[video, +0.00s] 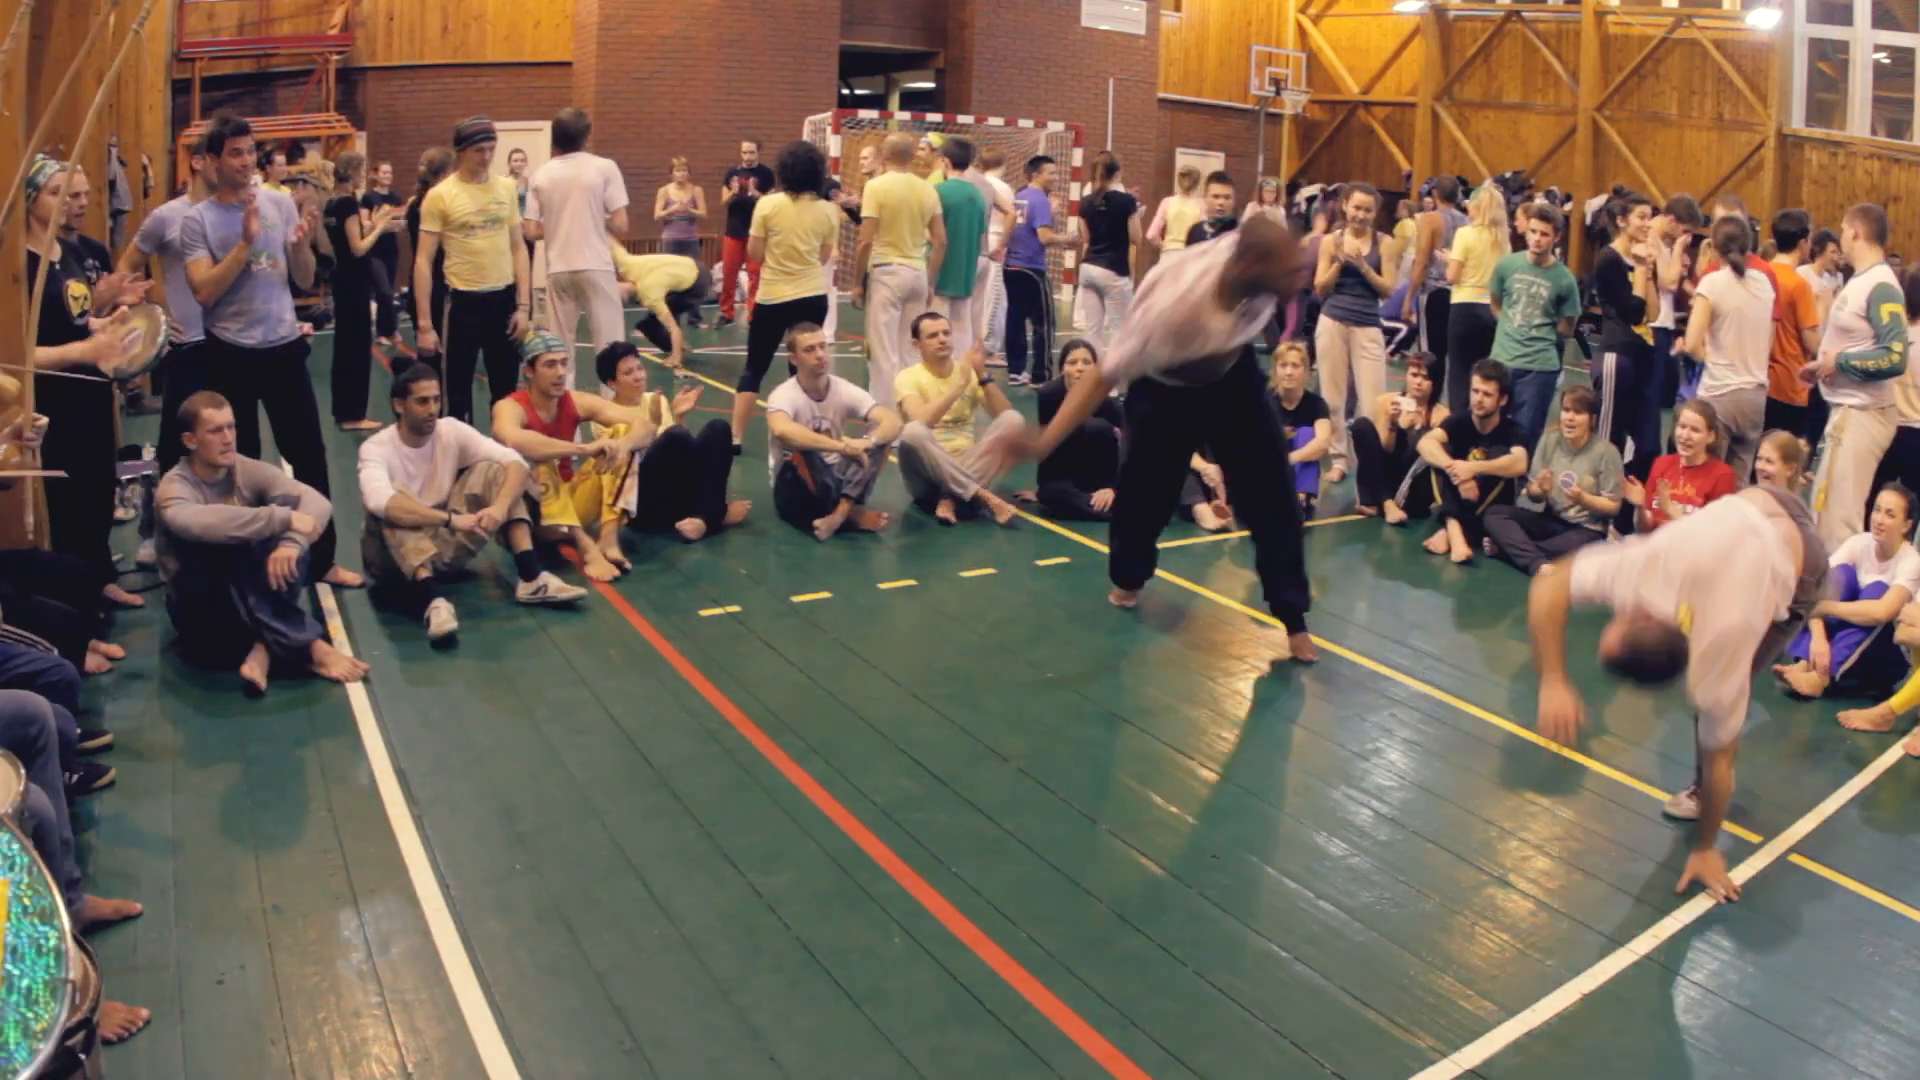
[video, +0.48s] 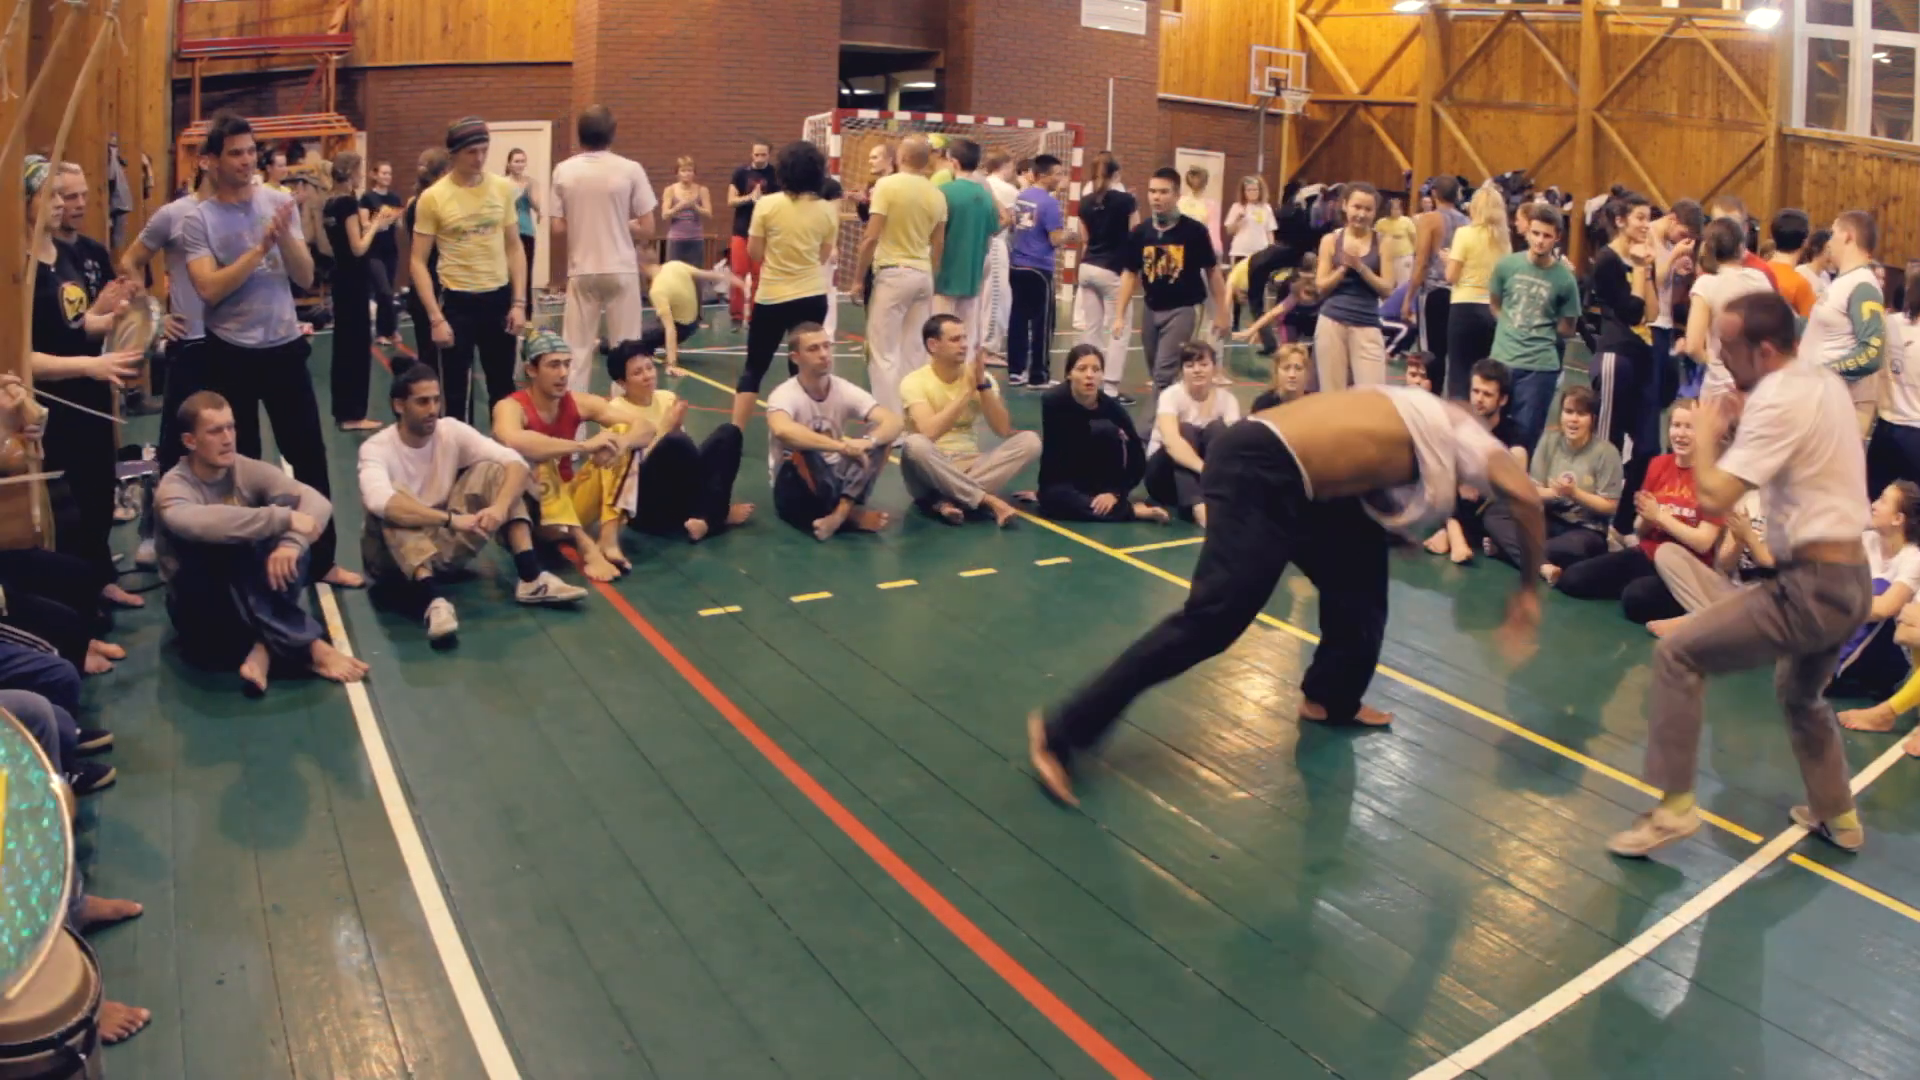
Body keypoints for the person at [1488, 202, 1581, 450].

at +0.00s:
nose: (1537, 239)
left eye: (1544, 234)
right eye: (1533, 232)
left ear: (1556, 238)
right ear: (1526, 232)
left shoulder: (1565, 279)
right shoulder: (1505, 265)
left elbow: (1567, 328)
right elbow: (1495, 307)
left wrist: (1537, 332)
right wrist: (1516, 327)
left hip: (1540, 362)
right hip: (1502, 356)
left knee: (1525, 433)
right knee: (1491, 427)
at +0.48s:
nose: (1540, 241)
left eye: (1547, 236)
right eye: (1536, 234)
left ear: (1557, 238)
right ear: (1526, 232)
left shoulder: (1565, 278)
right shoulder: (1505, 265)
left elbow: (1567, 328)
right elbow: (1495, 307)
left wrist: (1538, 331)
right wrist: (1515, 327)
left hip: (1540, 363)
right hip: (1502, 356)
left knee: (1524, 436)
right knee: (1491, 429)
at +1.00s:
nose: (1537, 241)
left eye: (1544, 236)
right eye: (1532, 234)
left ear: (1554, 239)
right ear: (1524, 234)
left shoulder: (1564, 280)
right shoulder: (1505, 264)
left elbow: (1567, 327)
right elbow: (1493, 304)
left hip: (1541, 346)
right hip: (1504, 338)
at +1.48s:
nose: (1534, 242)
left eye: (1541, 236)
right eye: (1530, 234)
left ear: (1553, 239)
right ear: (1522, 234)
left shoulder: (1563, 280)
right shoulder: (1504, 266)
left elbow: (1568, 325)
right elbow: (1495, 303)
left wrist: (1540, 333)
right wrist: (1514, 326)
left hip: (1539, 361)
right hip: (1503, 355)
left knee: (1526, 432)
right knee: (1490, 425)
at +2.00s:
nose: (1533, 241)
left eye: (1540, 236)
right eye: (1529, 234)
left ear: (1552, 239)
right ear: (1522, 234)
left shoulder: (1563, 280)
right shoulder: (1504, 266)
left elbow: (1568, 324)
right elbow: (1495, 306)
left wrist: (1539, 331)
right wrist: (1514, 327)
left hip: (1541, 360)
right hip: (1503, 355)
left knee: (1527, 431)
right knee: (1492, 424)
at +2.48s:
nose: (1534, 242)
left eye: (1541, 236)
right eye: (1530, 235)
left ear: (1553, 238)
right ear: (1522, 234)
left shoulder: (1563, 279)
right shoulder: (1505, 266)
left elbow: (1568, 325)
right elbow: (1496, 304)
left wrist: (1542, 334)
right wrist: (1515, 327)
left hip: (1541, 361)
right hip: (1504, 355)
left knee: (1527, 432)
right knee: (1493, 424)